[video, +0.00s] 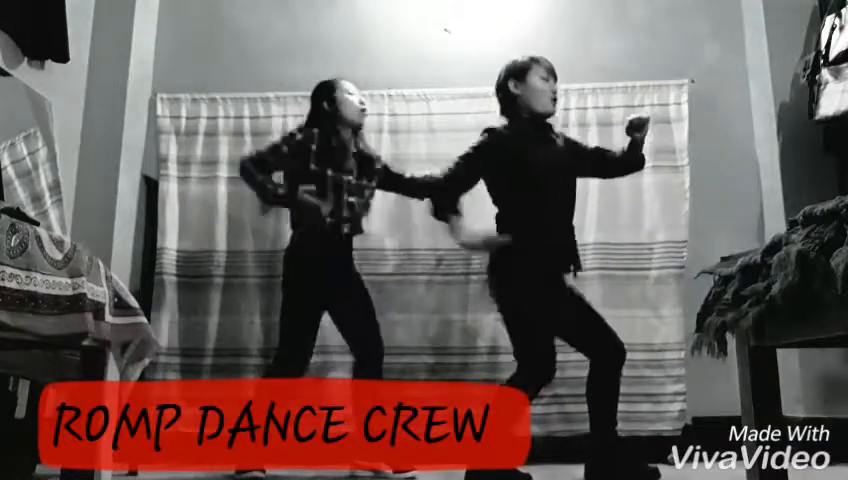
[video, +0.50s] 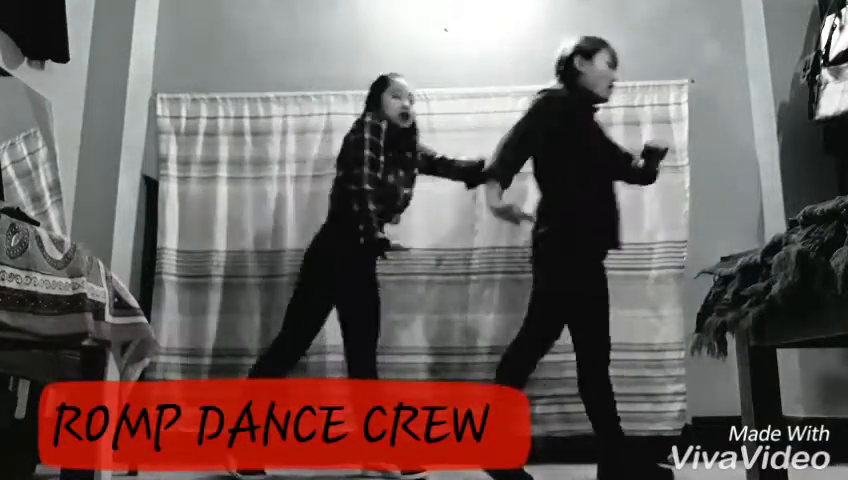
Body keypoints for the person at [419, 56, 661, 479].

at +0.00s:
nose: (555, 86)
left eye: (554, 79)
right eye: (545, 78)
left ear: (551, 92)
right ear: (516, 89)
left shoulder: (559, 147)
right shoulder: (499, 143)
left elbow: (617, 165)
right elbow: (444, 191)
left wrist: (635, 146)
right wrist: (461, 233)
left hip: (543, 273)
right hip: (517, 272)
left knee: (536, 369)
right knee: (608, 352)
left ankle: (479, 454)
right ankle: (604, 459)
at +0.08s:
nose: (552, 90)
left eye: (551, 83)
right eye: (544, 81)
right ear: (513, 86)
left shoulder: (546, 143)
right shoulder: (502, 139)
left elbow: (586, 159)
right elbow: (520, 202)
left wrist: (631, 152)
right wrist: (557, 240)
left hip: (558, 262)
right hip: (546, 263)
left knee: (538, 366)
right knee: (608, 350)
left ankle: (481, 448)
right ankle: (604, 458)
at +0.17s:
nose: (545, 99)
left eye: (547, 92)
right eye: (538, 89)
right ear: (508, 91)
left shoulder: (532, 145)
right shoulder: (501, 139)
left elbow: (607, 170)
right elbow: (551, 185)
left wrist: (637, 149)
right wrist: (607, 218)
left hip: (542, 268)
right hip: (552, 266)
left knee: (543, 369)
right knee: (612, 349)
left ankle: (479, 448)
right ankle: (604, 458)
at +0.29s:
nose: (546, 119)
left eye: (549, 112)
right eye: (542, 107)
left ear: (513, 105)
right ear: (512, 99)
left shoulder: (473, 148)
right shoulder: (525, 152)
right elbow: (598, 194)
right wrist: (632, 171)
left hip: (510, 276)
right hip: (538, 273)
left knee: (543, 373)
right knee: (615, 347)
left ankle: (480, 447)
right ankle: (605, 456)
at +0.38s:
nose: (568, 107)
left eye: (572, 101)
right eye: (565, 94)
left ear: (554, 97)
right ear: (537, 85)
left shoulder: (546, 148)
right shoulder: (499, 127)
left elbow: (605, 193)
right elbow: (498, 186)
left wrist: (633, 174)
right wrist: (516, 236)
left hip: (545, 266)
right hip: (531, 264)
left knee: (532, 367)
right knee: (605, 348)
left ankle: (479, 451)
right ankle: (613, 455)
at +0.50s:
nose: (614, 75)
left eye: (615, 68)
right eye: (608, 65)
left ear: (587, 69)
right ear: (579, 65)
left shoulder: (581, 118)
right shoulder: (555, 104)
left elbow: (614, 164)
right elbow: (514, 147)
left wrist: (647, 164)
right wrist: (495, 199)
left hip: (576, 248)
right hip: (565, 248)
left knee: (534, 340)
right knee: (594, 352)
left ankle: (486, 435)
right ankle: (614, 453)